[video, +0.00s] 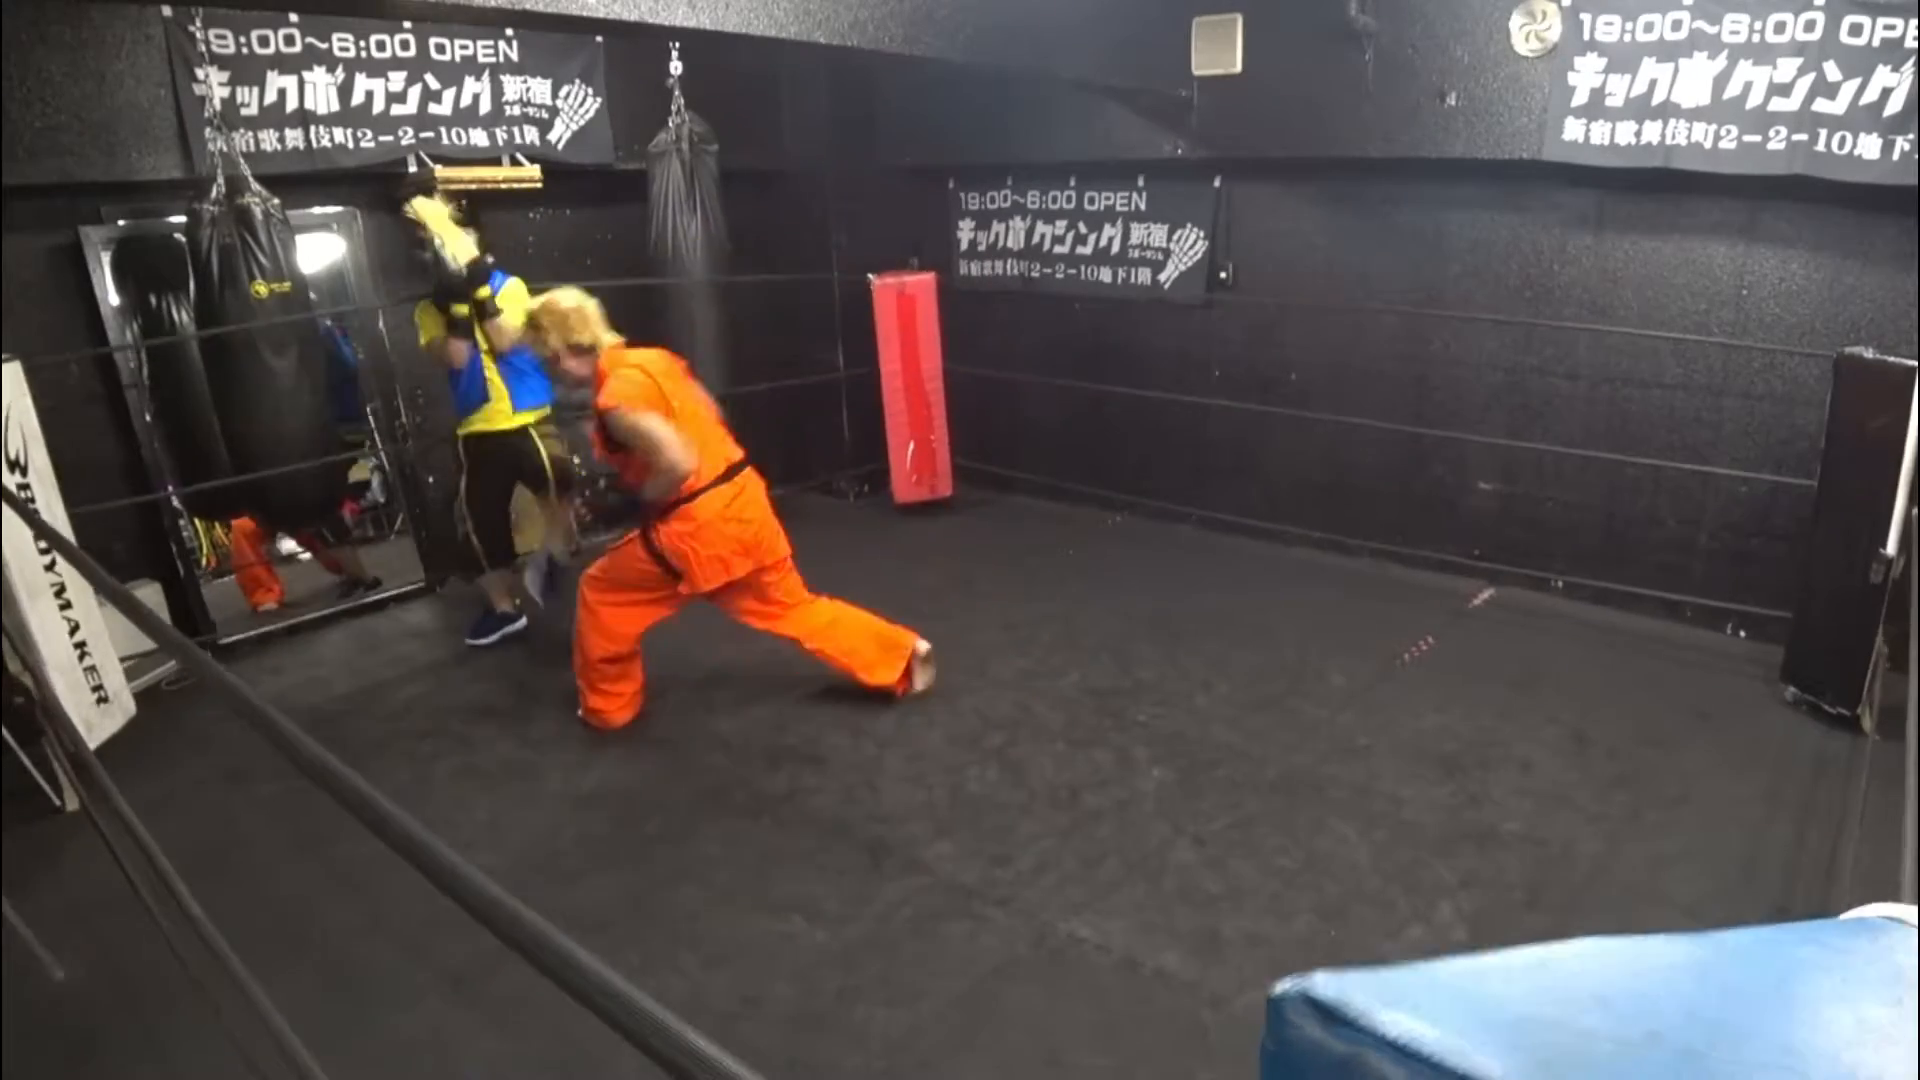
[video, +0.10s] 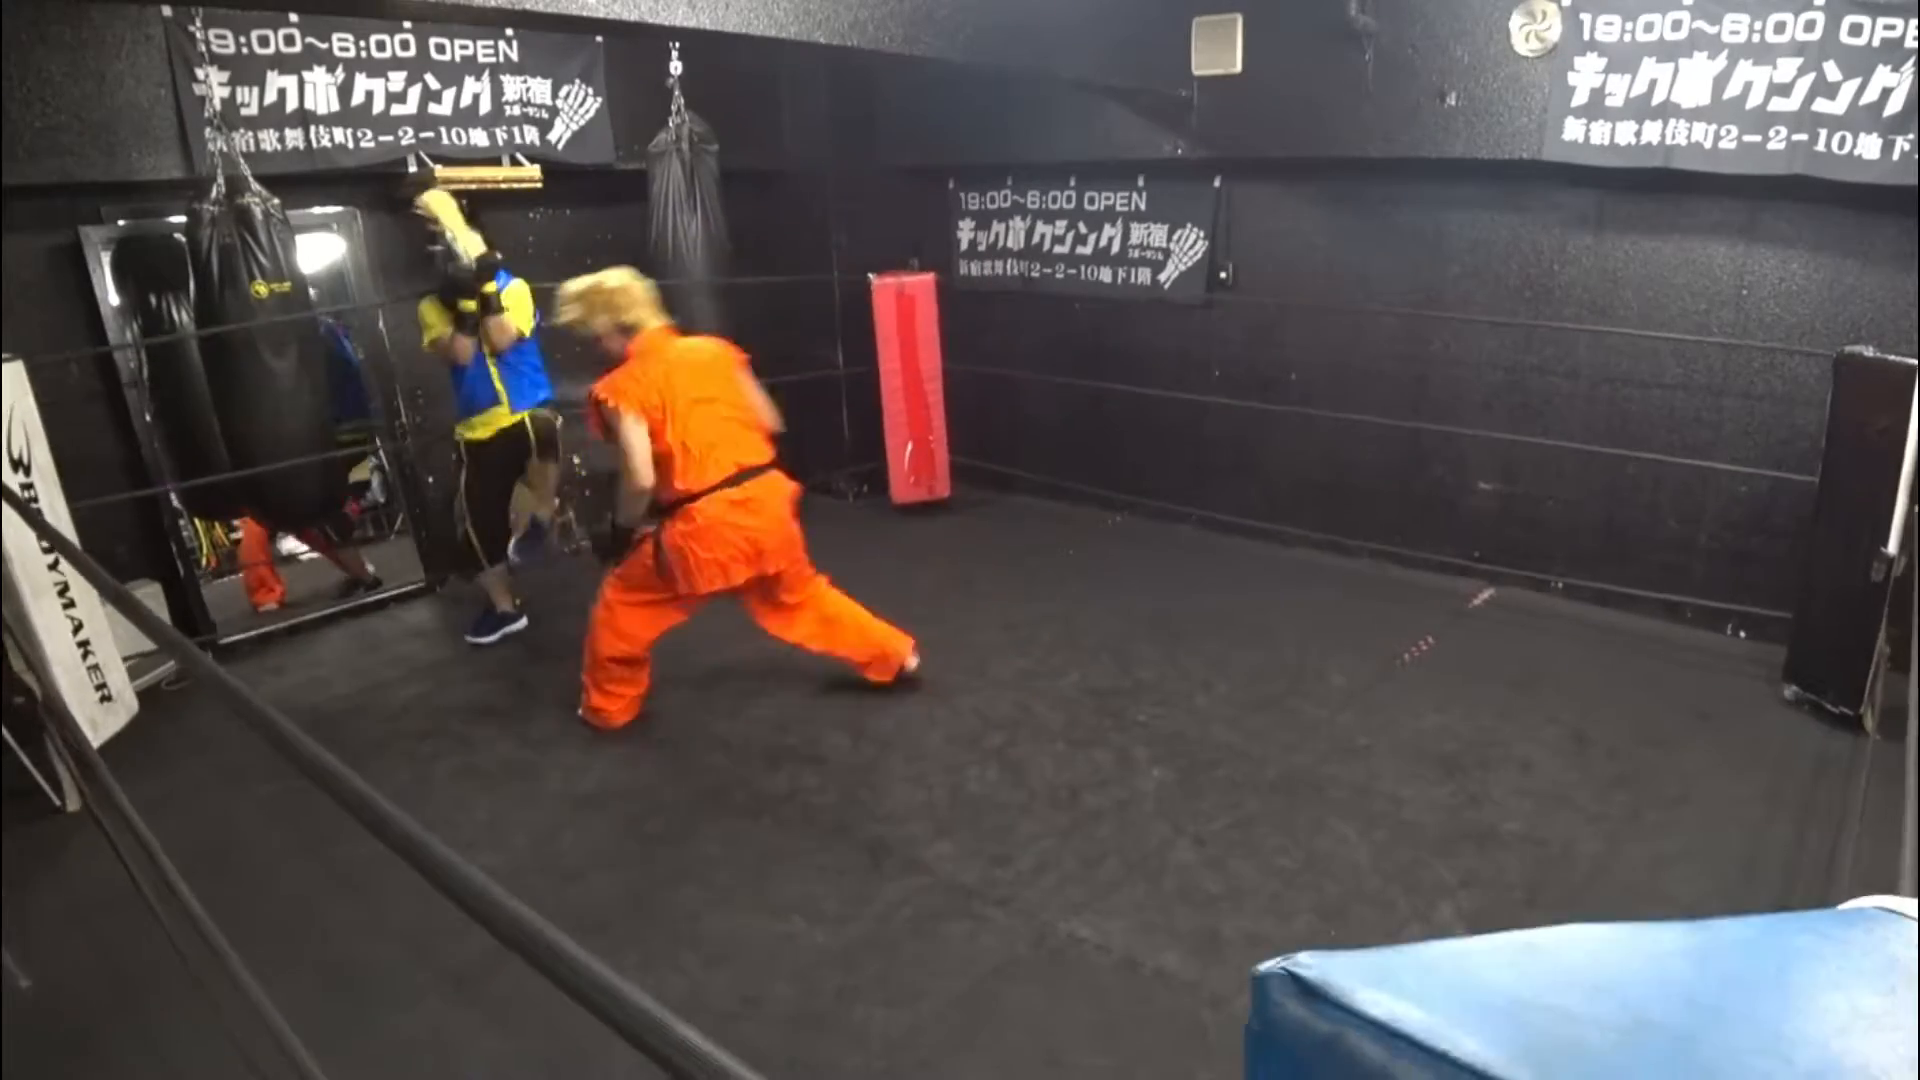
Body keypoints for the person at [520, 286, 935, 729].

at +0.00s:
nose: (552, 371)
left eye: (550, 360)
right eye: (547, 362)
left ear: (569, 349)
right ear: (593, 332)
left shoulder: (614, 398)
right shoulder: (656, 358)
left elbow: (676, 459)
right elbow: (708, 415)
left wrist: (645, 499)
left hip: (700, 527)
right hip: (748, 498)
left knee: (603, 589)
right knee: (790, 605)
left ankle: (608, 705)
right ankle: (903, 653)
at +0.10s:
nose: (594, 345)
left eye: (594, 334)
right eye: (590, 335)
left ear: (612, 327)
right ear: (650, 309)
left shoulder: (621, 387)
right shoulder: (717, 351)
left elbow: (641, 479)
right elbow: (769, 419)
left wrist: (621, 529)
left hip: (706, 525)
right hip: (770, 497)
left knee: (623, 598)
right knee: (797, 592)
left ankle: (609, 705)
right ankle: (895, 655)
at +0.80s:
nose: (828, 261)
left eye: (829, 249)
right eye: (826, 250)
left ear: (845, 246)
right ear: (898, 237)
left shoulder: (825, 315)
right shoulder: (956, 297)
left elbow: (760, 391)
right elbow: (997, 392)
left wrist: (734, 361)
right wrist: (972, 443)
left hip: (892, 486)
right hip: (963, 475)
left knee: (907, 641)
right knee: (957, 577)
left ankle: (944, 780)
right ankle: (987, 696)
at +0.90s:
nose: (848, 250)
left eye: (850, 236)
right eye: (847, 237)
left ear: (871, 231)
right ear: (913, 223)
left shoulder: (849, 299)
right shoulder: (972, 281)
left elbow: (796, 397)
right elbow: (1039, 367)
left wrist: (764, 380)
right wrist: (993, 412)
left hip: (911, 484)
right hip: (984, 470)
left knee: (913, 640)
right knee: (991, 600)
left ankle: (942, 779)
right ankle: (1061, 719)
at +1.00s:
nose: (869, 256)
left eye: (871, 243)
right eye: (867, 243)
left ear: (895, 236)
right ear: (931, 230)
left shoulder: (880, 305)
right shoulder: (992, 288)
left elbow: (832, 396)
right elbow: (1071, 350)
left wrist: (767, 383)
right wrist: (1034, 376)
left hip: (933, 498)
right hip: (1011, 483)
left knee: (905, 638)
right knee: (1040, 624)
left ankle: (938, 774)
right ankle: (1115, 757)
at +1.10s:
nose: (881, 276)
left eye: (882, 262)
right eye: (879, 263)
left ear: (904, 255)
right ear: (947, 249)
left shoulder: (898, 321)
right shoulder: (1005, 304)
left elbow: (838, 386)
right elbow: (1079, 333)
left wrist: (762, 366)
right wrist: (1009, 322)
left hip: (948, 504)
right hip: (1023, 491)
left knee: (891, 616)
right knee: (1050, 633)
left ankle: (888, 750)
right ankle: (1110, 766)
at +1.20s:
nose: (874, 286)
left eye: (876, 272)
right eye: (871, 273)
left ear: (898, 264)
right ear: (939, 257)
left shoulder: (895, 321)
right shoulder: (998, 302)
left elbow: (827, 370)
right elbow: (1083, 321)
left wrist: (755, 345)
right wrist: (1013, 314)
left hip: (946, 506)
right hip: (1023, 492)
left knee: (883, 612)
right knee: (1045, 633)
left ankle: (853, 748)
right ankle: (1103, 760)